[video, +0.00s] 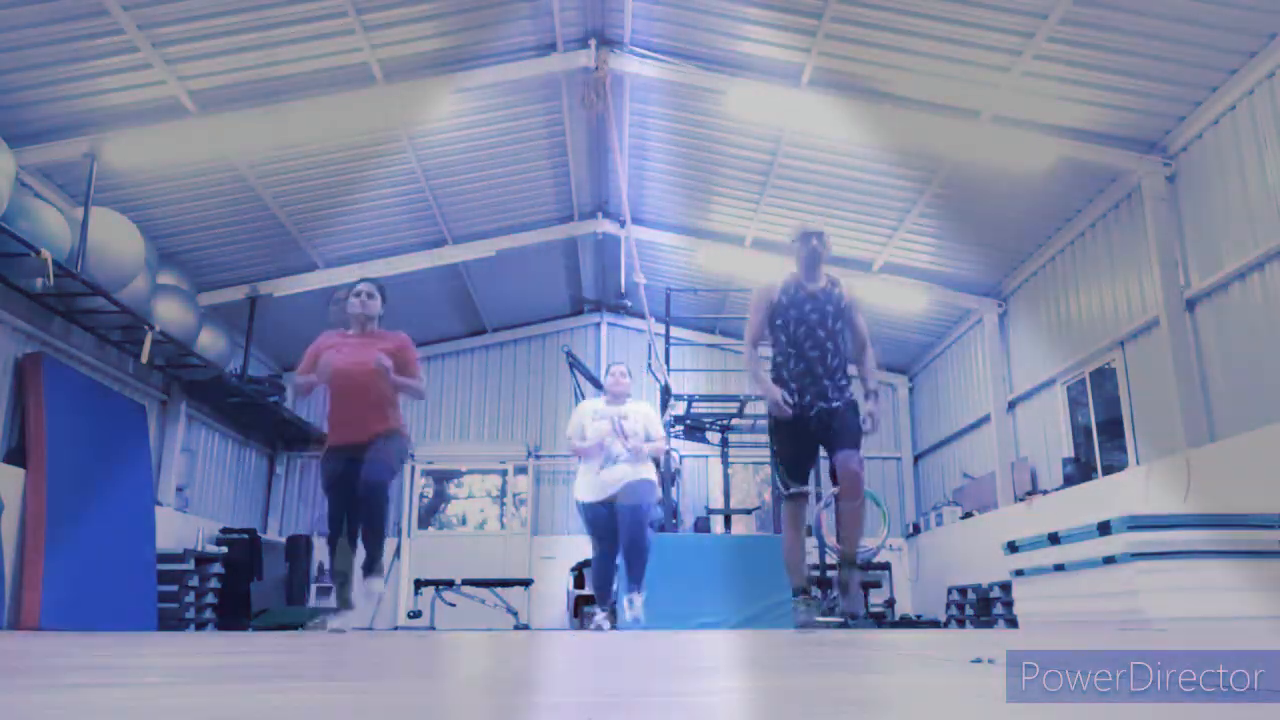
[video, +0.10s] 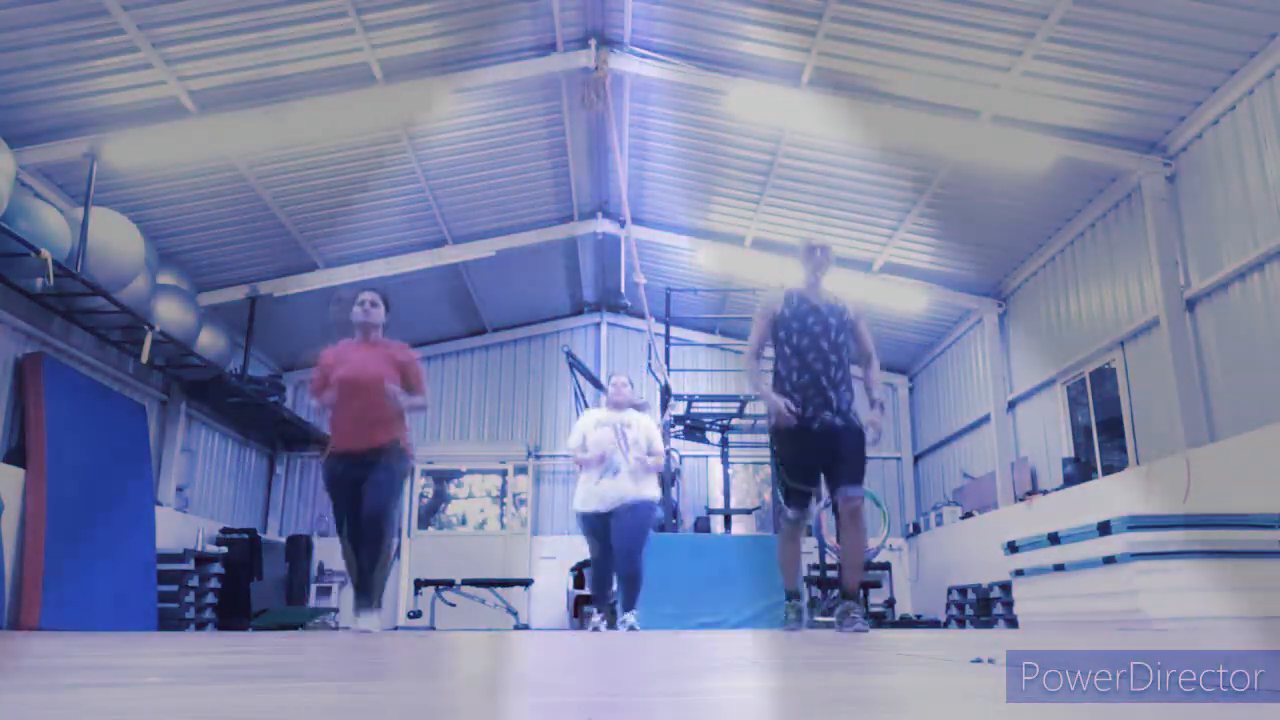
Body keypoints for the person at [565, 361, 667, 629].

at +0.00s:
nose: (618, 379)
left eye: (624, 375)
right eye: (613, 375)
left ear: (631, 383)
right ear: (604, 382)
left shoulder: (644, 410)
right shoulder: (586, 408)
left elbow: (662, 445)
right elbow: (572, 446)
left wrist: (642, 448)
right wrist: (595, 443)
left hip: (635, 481)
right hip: (594, 484)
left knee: (634, 538)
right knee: (604, 548)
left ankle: (635, 594)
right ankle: (602, 609)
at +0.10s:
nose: (618, 389)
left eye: (624, 385)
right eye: (614, 385)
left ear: (632, 392)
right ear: (606, 392)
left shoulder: (645, 422)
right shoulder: (589, 418)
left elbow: (661, 461)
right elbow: (574, 455)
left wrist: (646, 462)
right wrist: (593, 458)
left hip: (634, 499)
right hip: (594, 501)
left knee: (627, 555)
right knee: (600, 558)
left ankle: (628, 613)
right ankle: (600, 612)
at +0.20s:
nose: (619, 401)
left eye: (625, 397)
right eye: (615, 396)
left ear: (633, 404)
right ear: (607, 402)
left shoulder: (645, 435)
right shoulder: (591, 431)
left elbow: (661, 472)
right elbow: (577, 467)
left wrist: (654, 469)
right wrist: (594, 469)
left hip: (633, 506)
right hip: (593, 509)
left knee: (625, 557)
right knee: (599, 561)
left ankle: (626, 613)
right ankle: (600, 614)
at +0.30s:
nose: (621, 385)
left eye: (626, 381)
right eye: (616, 381)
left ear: (635, 388)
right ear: (608, 388)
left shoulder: (649, 418)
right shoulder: (592, 414)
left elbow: (665, 454)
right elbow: (577, 448)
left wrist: (643, 452)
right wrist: (596, 452)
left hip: (637, 496)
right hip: (594, 497)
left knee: (629, 553)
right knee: (595, 555)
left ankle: (627, 611)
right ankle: (597, 602)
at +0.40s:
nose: (619, 378)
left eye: (624, 373)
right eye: (615, 373)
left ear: (634, 378)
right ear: (609, 379)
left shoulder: (650, 407)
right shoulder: (593, 404)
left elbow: (666, 445)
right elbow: (577, 441)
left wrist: (645, 447)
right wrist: (595, 443)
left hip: (637, 483)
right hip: (596, 479)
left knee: (629, 549)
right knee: (590, 519)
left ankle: (628, 607)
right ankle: (596, 565)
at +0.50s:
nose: (619, 381)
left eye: (625, 377)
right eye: (614, 377)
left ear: (634, 384)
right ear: (607, 385)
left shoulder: (650, 414)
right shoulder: (593, 412)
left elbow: (667, 453)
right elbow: (577, 447)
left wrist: (646, 457)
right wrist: (593, 451)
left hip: (636, 484)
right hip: (599, 472)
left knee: (625, 551)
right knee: (595, 496)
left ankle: (620, 611)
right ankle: (596, 548)